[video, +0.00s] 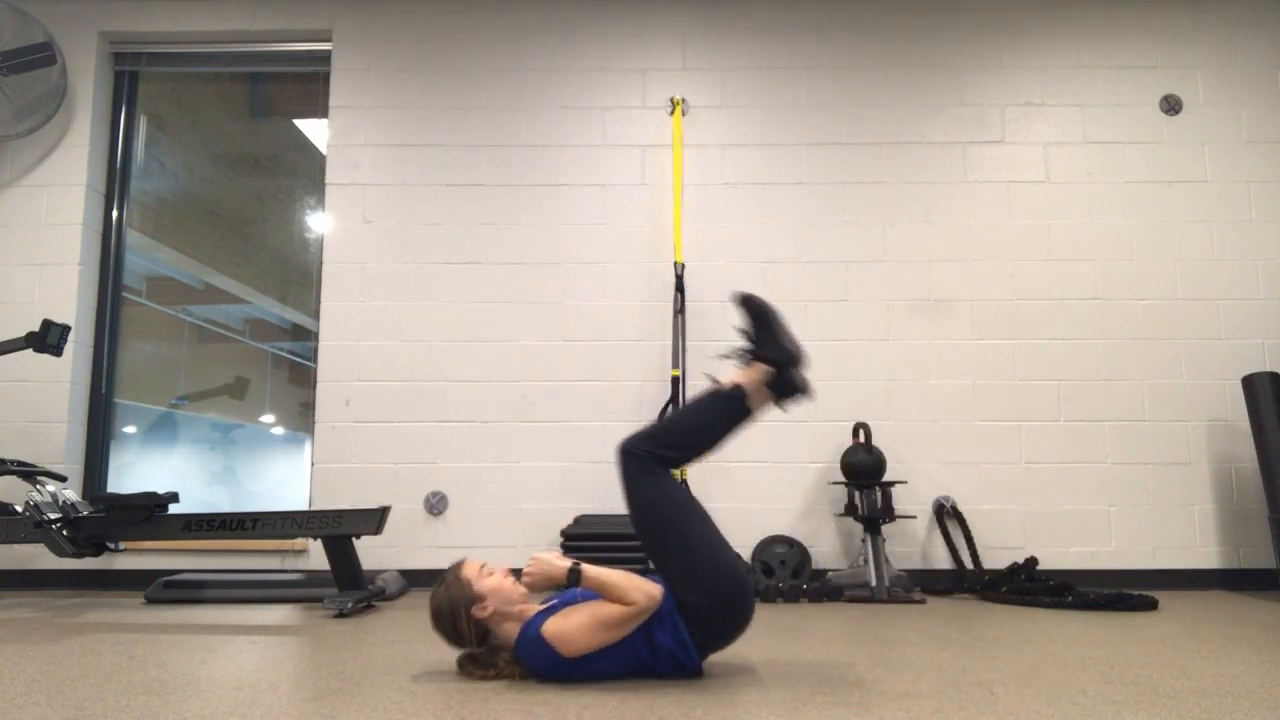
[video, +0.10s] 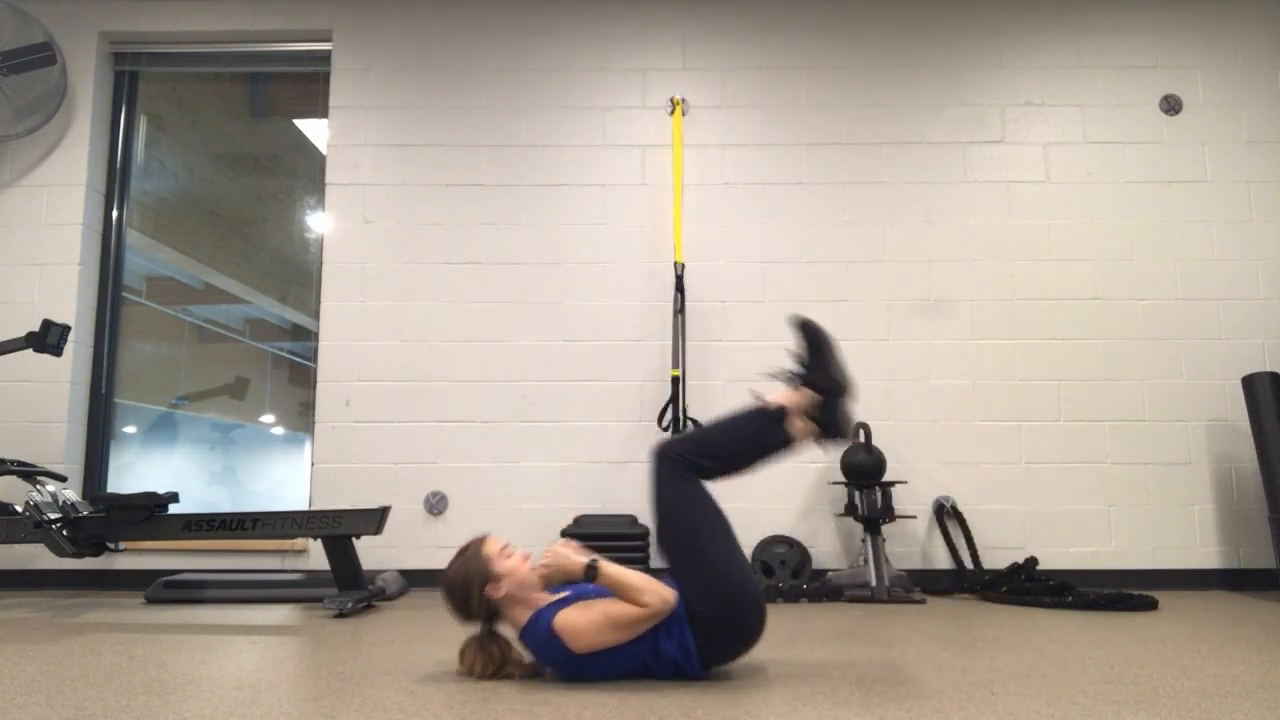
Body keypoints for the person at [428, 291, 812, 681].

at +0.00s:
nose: (502, 569)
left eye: (490, 566)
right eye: (487, 574)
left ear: (492, 607)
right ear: (482, 609)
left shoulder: (542, 621)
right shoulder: (542, 640)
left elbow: (641, 598)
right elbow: (646, 597)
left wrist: (570, 574)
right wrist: (571, 573)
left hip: (702, 604)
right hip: (708, 612)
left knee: (641, 454)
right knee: (639, 455)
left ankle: (766, 381)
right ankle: (766, 374)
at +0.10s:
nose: (521, 551)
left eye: (510, 546)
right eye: (506, 554)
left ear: (506, 585)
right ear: (497, 590)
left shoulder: (551, 607)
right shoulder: (557, 629)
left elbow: (652, 601)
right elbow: (662, 600)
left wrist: (582, 566)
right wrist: (589, 566)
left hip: (707, 617)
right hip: (715, 626)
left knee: (675, 458)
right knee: (675, 459)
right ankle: (807, 397)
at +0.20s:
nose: (551, 528)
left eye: (540, 522)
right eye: (536, 528)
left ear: (526, 560)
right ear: (519, 563)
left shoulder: (568, 588)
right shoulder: (571, 608)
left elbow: (666, 601)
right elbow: (677, 604)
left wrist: (609, 557)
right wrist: (615, 555)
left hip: (716, 631)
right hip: (728, 641)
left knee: (721, 470)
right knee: (721, 468)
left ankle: (850, 477)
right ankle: (852, 430)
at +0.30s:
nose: (585, 501)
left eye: (578, 493)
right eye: (571, 498)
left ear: (549, 527)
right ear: (547, 527)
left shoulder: (583, 564)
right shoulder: (586, 581)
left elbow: (677, 594)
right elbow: (696, 598)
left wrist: (632, 536)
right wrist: (642, 536)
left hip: (729, 635)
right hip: (739, 648)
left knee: (765, 486)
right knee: (765, 475)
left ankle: (890, 543)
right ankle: (912, 466)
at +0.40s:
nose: (619, 479)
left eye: (613, 471)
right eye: (608, 472)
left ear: (578, 495)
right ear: (580, 493)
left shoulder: (598, 545)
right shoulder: (605, 553)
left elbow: (707, 573)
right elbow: (714, 584)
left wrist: (662, 518)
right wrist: (666, 517)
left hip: (731, 637)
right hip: (743, 648)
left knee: (789, 493)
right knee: (800, 484)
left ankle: (884, 586)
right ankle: (950, 499)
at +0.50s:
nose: (654, 457)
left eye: (647, 448)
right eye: (641, 451)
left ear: (613, 469)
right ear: (610, 470)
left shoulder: (620, 525)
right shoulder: (630, 531)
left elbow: (721, 573)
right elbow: (735, 574)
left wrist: (687, 507)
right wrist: (695, 503)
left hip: (740, 638)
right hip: (753, 649)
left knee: (805, 505)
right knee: (839, 495)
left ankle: (869, 613)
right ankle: (975, 517)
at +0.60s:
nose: (675, 441)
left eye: (670, 432)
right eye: (666, 432)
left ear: (634, 451)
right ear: (638, 448)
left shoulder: (641, 505)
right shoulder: (652, 513)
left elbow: (733, 566)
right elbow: (750, 570)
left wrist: (705, 497)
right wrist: (724, 493)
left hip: (741, 634)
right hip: (758, 648)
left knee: (817, 520)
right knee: (869, 508)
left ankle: (864, 623)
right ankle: (994, 540)